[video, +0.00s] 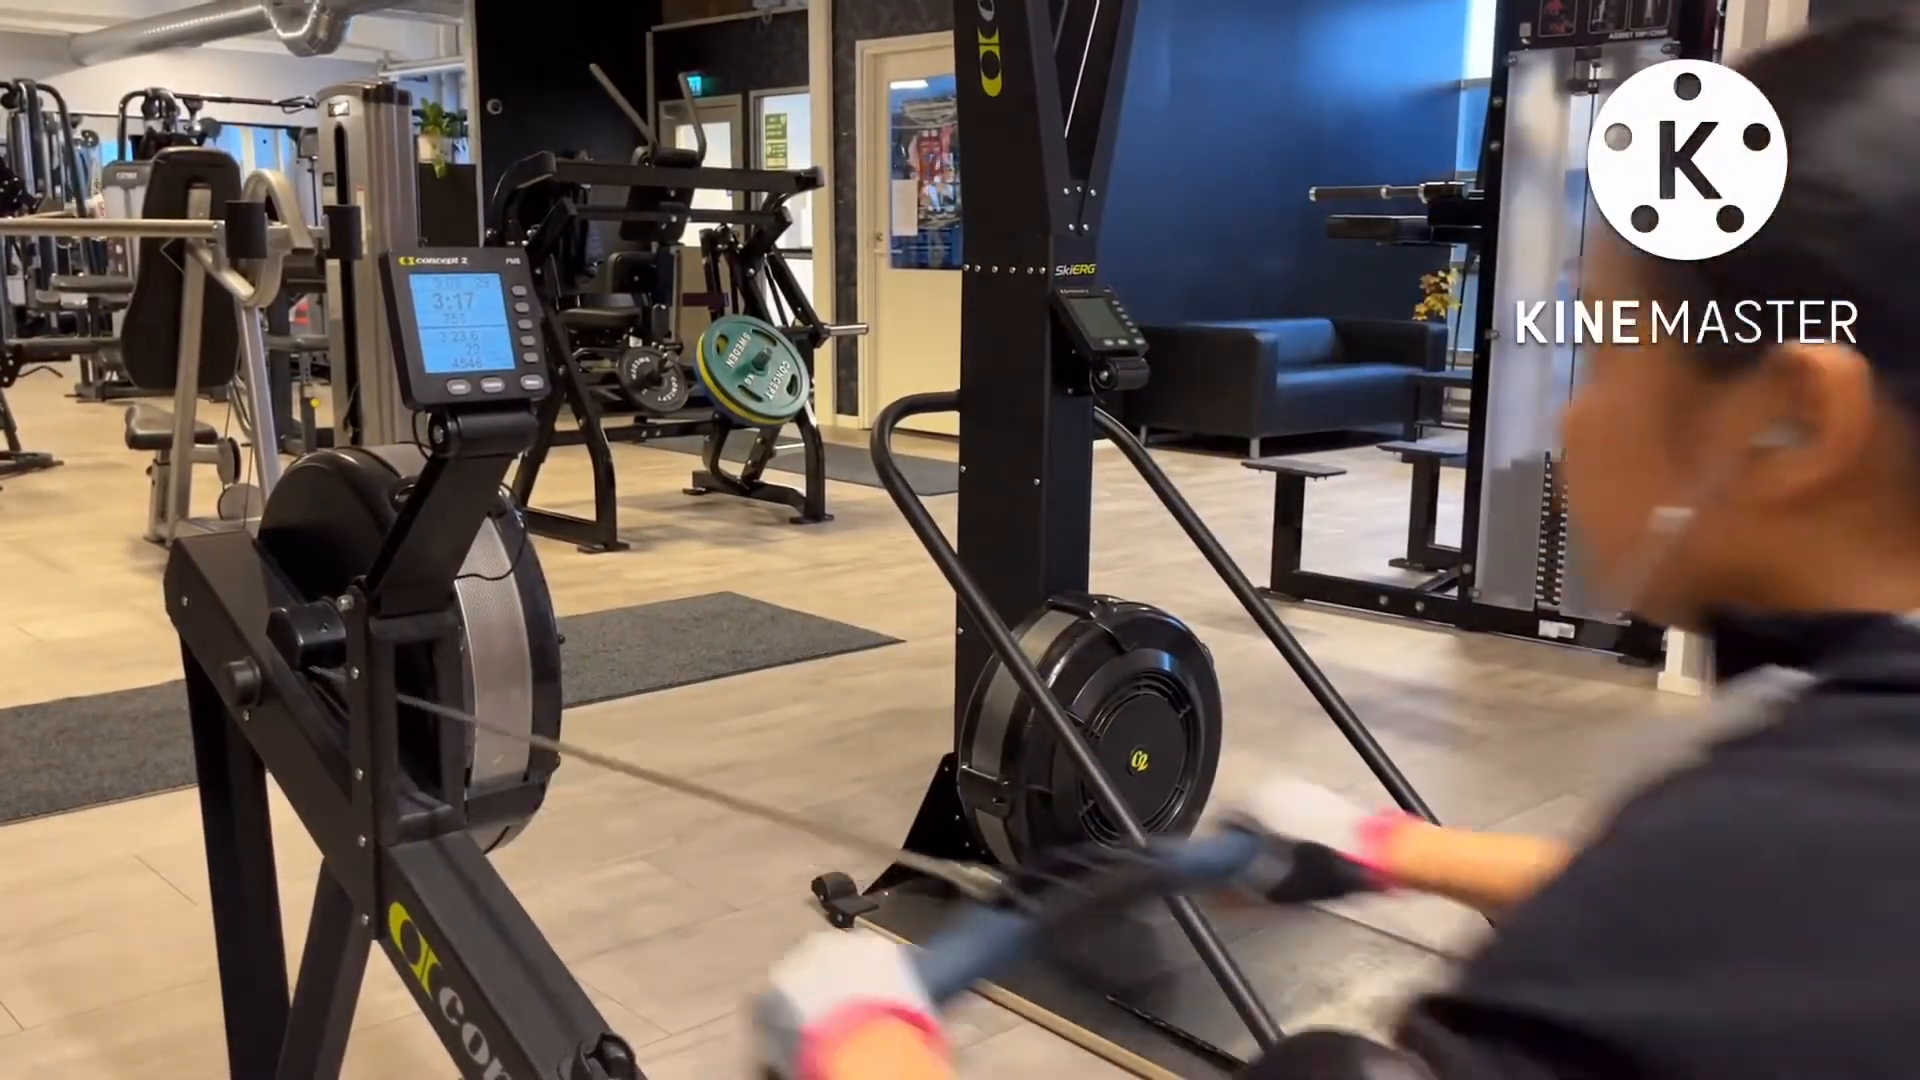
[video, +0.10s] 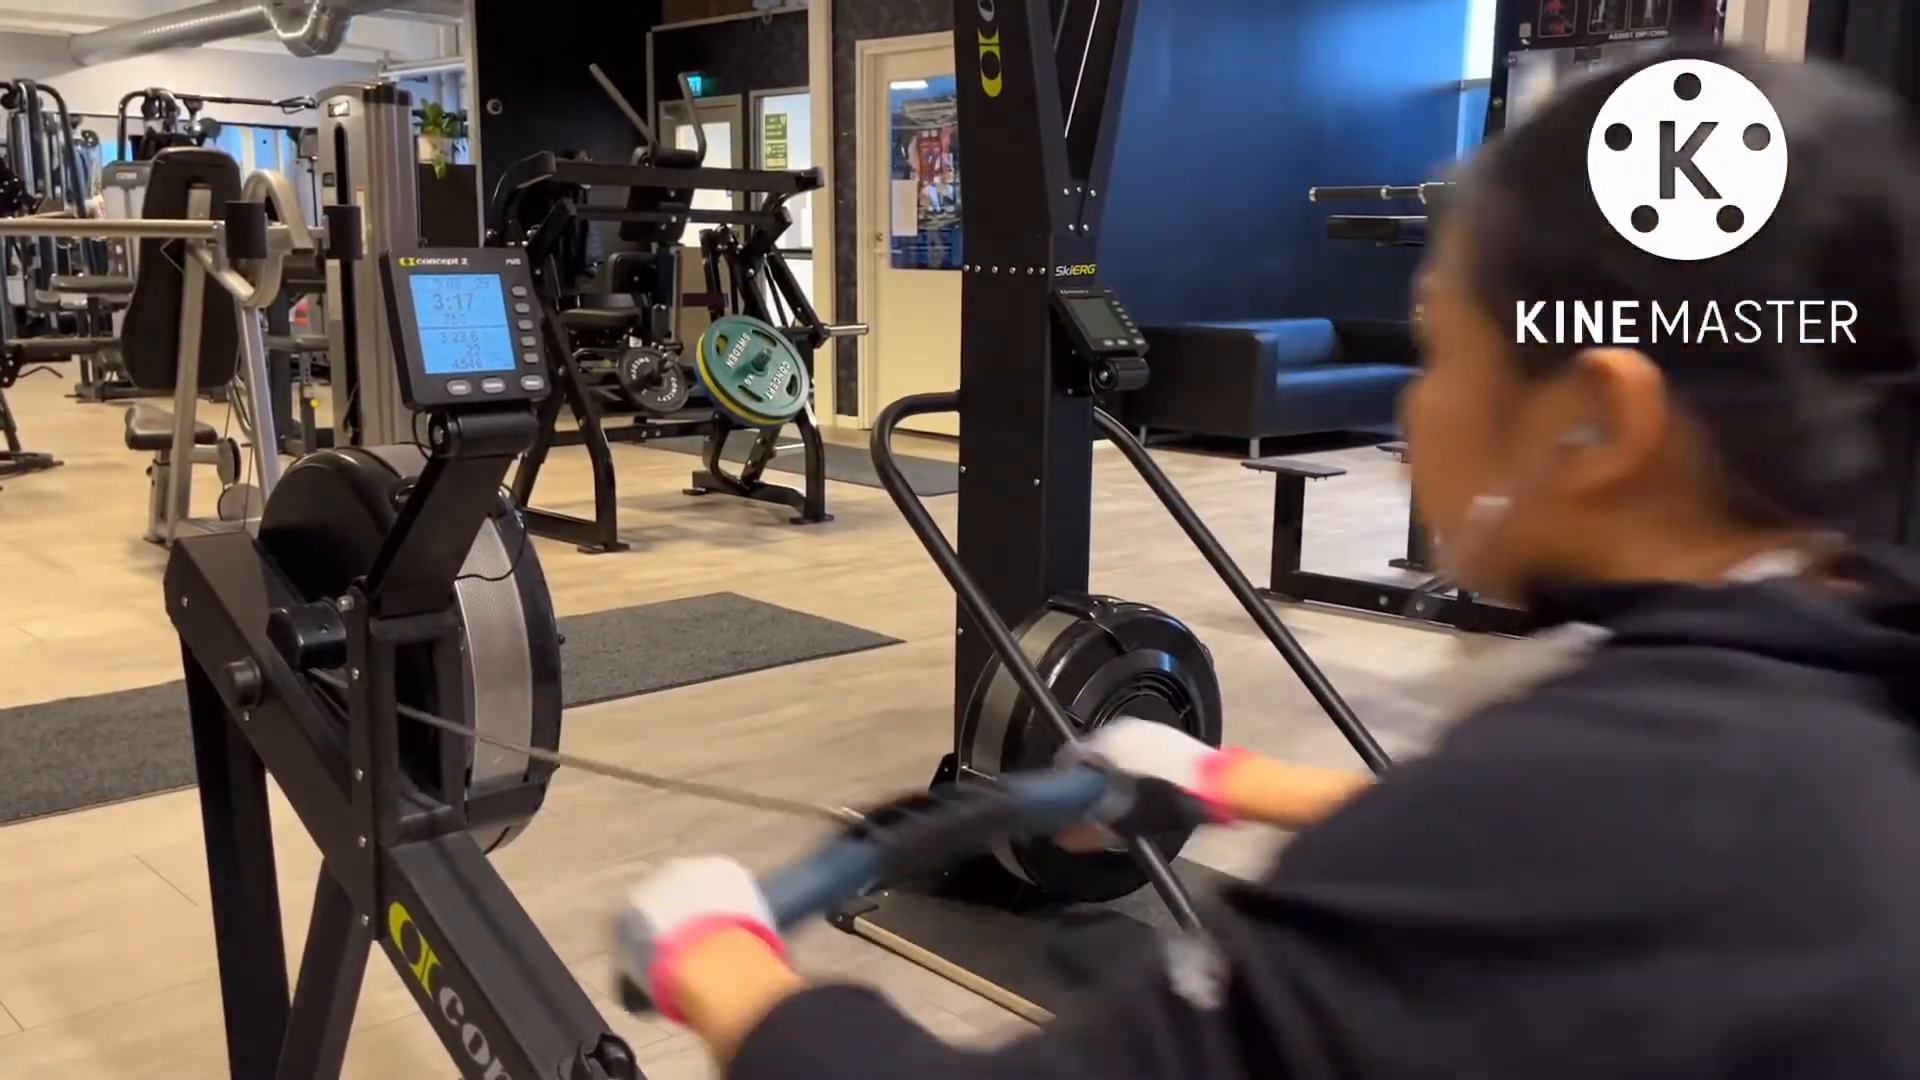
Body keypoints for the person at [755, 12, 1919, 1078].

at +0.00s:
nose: (1564, 421)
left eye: (1605, 342)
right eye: (1589, 343)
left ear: (1797, 427)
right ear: (1805, 435)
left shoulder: (1733, 885)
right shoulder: (1861, 744)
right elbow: (1712, 869)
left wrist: (882, 1056)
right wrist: (1407, 853)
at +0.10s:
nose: (1407, 410)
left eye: (1437, 357)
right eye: (1424, 355)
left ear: (1597, 426)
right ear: (1822, 404)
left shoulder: (1556, 814)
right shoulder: (1868, 681)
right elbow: (1648, 828)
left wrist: (755, 996)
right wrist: (1319, 799)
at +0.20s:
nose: (1261, 399)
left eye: (1289, 354)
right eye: (1276, 348)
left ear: (1430, 421)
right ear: (1644, 410)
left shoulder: (1399, 750)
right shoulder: (1741, 669)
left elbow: (904, 1031)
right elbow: (1494, 786)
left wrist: (637, 909)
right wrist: (1198, 758)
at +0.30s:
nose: (1140, 393)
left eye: (1163, 354)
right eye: (1154, 348)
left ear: (1283, 415)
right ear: (1488, 384)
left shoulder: (1215, 708)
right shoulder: (1573, 622)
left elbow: (793, 941)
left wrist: (539, 831)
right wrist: (1067, 719)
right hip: (1742, 1040)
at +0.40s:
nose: (1046, 387)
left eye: (1066, 347)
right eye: (1061, 343)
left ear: (1165, 408)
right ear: (1372, 382)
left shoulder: (1081, 681)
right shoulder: (1466, 604)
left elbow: (688, 852)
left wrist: (473, 767)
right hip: (1643, 1042)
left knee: (949, 933)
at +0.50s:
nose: (972, 382)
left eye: (989, 346)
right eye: (983, 341)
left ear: (1082, 405)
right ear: (1281, 378)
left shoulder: (1007, 658)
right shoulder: (1378, 581)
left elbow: (659, 764)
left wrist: (419, 722)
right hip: (1548, 1041)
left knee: (865, 962)